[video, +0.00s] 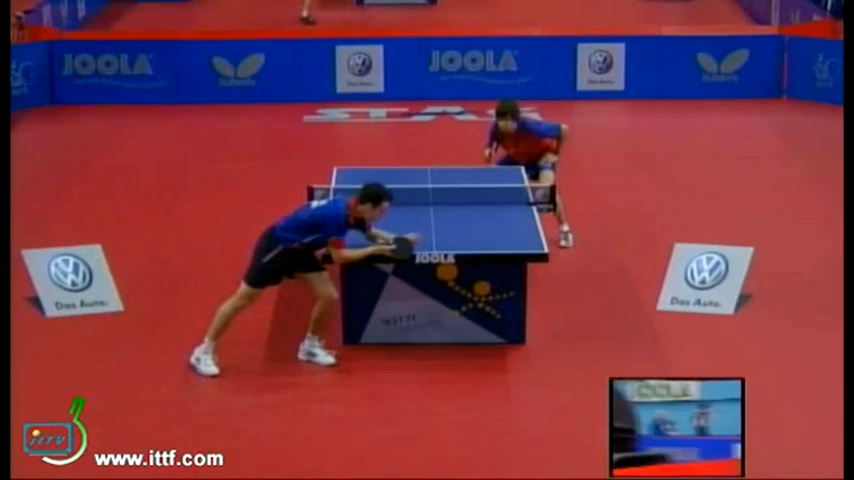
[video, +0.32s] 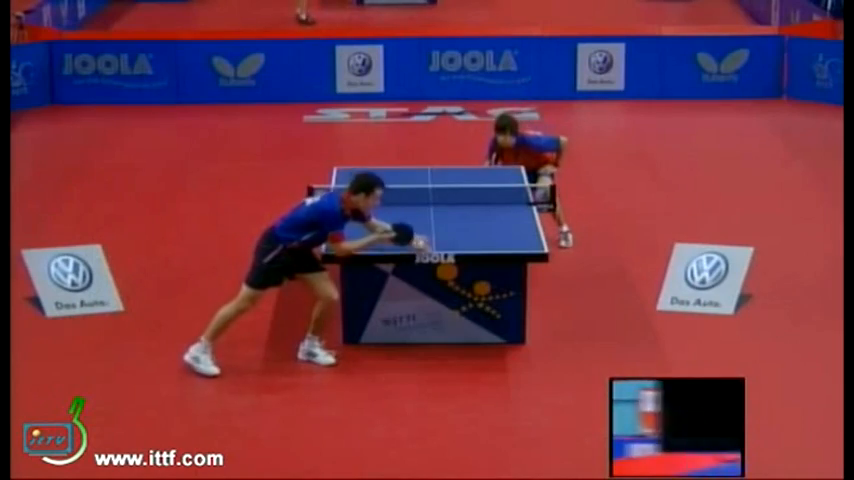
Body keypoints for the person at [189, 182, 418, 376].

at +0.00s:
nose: (380, 215)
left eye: (382, 211)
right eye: (379, 210)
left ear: (365, 206)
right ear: (363, 205)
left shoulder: (354, 215)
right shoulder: (336, 217)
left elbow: (369, 234)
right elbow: (337, 257)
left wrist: (395, 241)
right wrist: (375, 251)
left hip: (303, 250)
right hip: (275, 245)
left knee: (328, 296)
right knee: (243, 299)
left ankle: (311, 346)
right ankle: (205, 349)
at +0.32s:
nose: (375, 205)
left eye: (376, 199)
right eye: (373, 199)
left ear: (361, 196)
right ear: (358, 194)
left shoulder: (350, 207)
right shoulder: (331, 209)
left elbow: (375, 227)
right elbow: (339, 250)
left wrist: (401, 236)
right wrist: (372, 241)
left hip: (301, 251)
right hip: (275, 246)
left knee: (329, 297)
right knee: (244, 302)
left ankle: (311, 346)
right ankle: (201, 348)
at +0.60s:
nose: (348, 185)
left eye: (348, 179)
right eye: (344, 180)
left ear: (331, 180)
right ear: (328, 182)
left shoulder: (324, 188)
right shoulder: (309, 208)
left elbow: (364, 165)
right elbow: (327, 243)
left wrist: (396, 143)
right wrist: (356, 231)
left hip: (294, 253)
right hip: (269, 255)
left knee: (330, 297)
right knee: (243, 312)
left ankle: (310, 345)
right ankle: (194, 357)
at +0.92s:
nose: (309, 175)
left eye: (307, 169)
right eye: (304, 172)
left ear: (294, 180)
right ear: (292, 181)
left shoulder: (294, 192)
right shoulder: (274, 212)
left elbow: (310, 164)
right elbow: (260, 247)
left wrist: (339, 152)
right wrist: (296, 264)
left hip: (276, 256)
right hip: (252, 262)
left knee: (319, 294)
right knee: (237, 322)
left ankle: (310, 345)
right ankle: (187, 362)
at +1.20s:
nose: (301, 169)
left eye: (298, 165)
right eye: (296, 167)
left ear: (285, 179)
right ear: (283, 178)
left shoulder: (284, 190)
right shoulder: (257, 202)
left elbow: (291, 180)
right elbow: (230, 233)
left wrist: (308, 179)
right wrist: (252, 259)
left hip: (265, 251)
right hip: (239, 256)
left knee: (305, 290)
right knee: (227, 320)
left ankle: (309, 344)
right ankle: (184, 362)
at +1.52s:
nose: (339, 190)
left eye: (339, 185)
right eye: (337, 184)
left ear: (324, 182)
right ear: (324, 183)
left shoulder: (304, 203)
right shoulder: (300, 195)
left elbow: (316, 221)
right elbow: (305, 185)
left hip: (276, 254)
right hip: (258, 256)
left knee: (310, 284)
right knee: (252, 324)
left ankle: (296, 343)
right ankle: (196, 356)